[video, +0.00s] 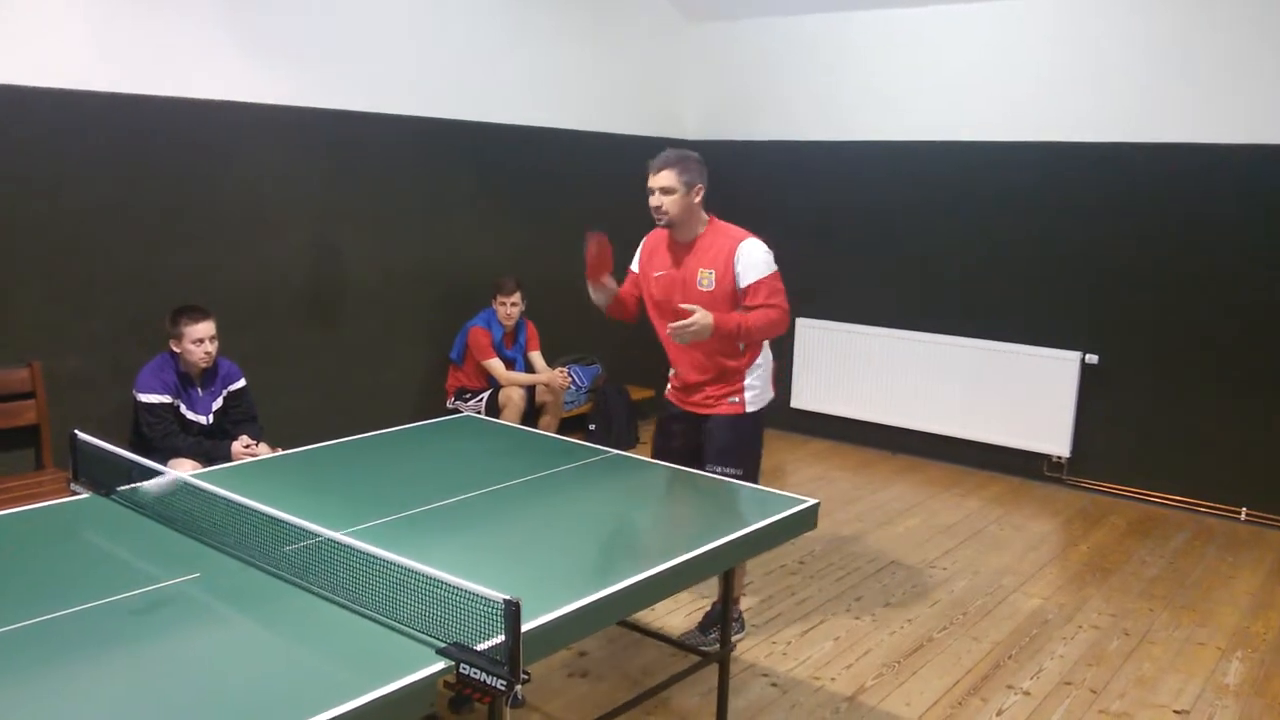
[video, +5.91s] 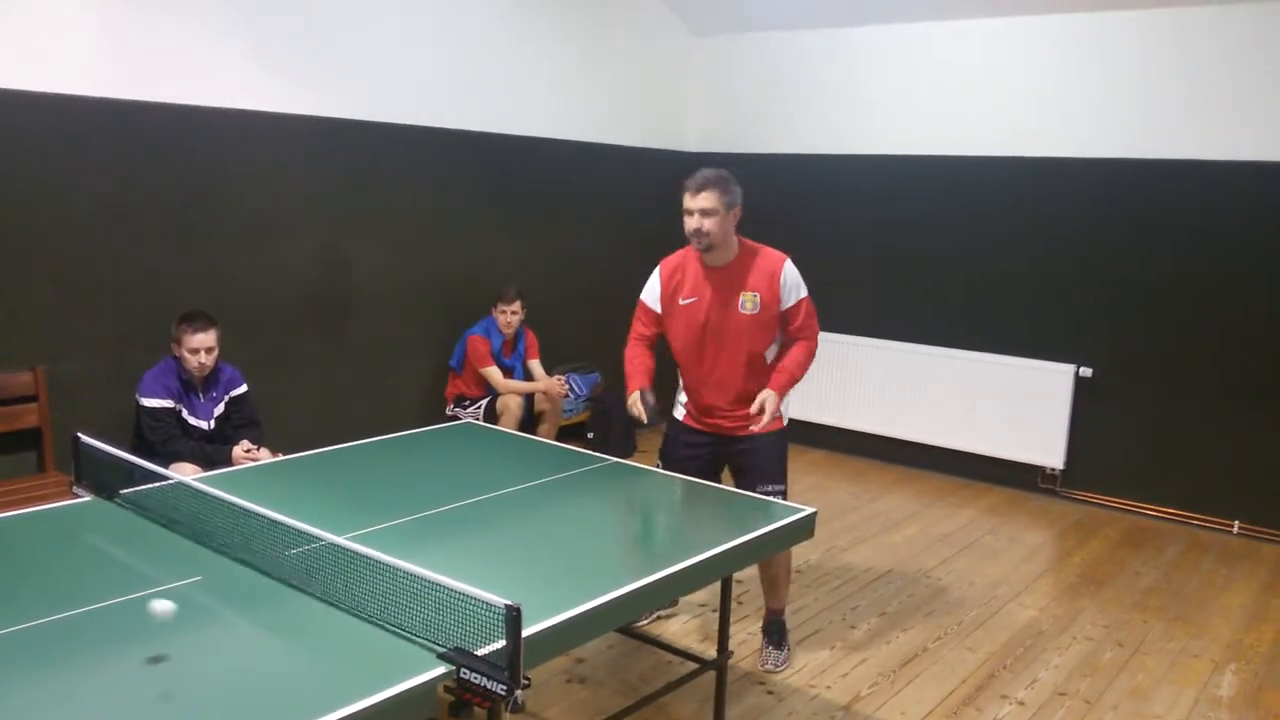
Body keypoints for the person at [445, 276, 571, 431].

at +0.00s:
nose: (508, 311)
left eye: (514, 305)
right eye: (502, 304)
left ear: (523, 306)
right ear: (494, 304)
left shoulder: (527, 328)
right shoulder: (478, 331)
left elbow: (542, 369)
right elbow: (503, 378)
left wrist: (556, 377)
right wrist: (547, 379)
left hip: (501, 391)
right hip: (465, 397)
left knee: (554, 393)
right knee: (515, 395)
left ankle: (542, 453)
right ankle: (504, 454)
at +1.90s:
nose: (511, 313)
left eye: (518, 307)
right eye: (506, 306)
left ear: (528, 308)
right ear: (499, 306)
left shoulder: (532, 329)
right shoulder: (482, 331)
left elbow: (546, 369)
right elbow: (507, 378)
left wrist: (560, 377)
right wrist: (552, 379)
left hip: (505, 391)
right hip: (469, 398)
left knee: (558, 393)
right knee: (520, 395)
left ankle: (546, 452)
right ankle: (509, 452)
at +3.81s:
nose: (503, 319)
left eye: (509, 314)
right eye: (498, 313)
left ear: (519, 315)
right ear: (491, 313)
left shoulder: (523, 338)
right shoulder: (474, 339)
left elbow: (538, 378)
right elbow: (498, 387)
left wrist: (552, 386)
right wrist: (543, 386)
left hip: (496, 400)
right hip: (460, 407)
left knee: (550, 401)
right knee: (511, 403)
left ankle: (535, 461)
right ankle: (498, 460)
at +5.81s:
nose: (508, 319)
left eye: (514, 313)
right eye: (503, 312)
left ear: (523, 314)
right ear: (494, 312)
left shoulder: (527, 336)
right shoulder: (477, 339)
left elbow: (541, 377)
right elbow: (501, 386)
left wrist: (554, 384)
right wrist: (544, 386)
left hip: (501, 399)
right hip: (464, 405)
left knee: (553, 401)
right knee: (513, 402)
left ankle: (541, 463)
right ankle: (501, 461)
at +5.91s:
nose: (508, 319)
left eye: (514, 313)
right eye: (503, 313)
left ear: (523, 315)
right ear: (494, 313)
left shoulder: (526, 337)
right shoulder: (477, 339)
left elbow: (541, 377)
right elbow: (501, 386)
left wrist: (554, 385)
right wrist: (544, 386)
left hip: (500, 399)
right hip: (464, 405)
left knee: (553, 401)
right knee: (513, 402)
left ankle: (540, 463)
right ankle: (500, 462)